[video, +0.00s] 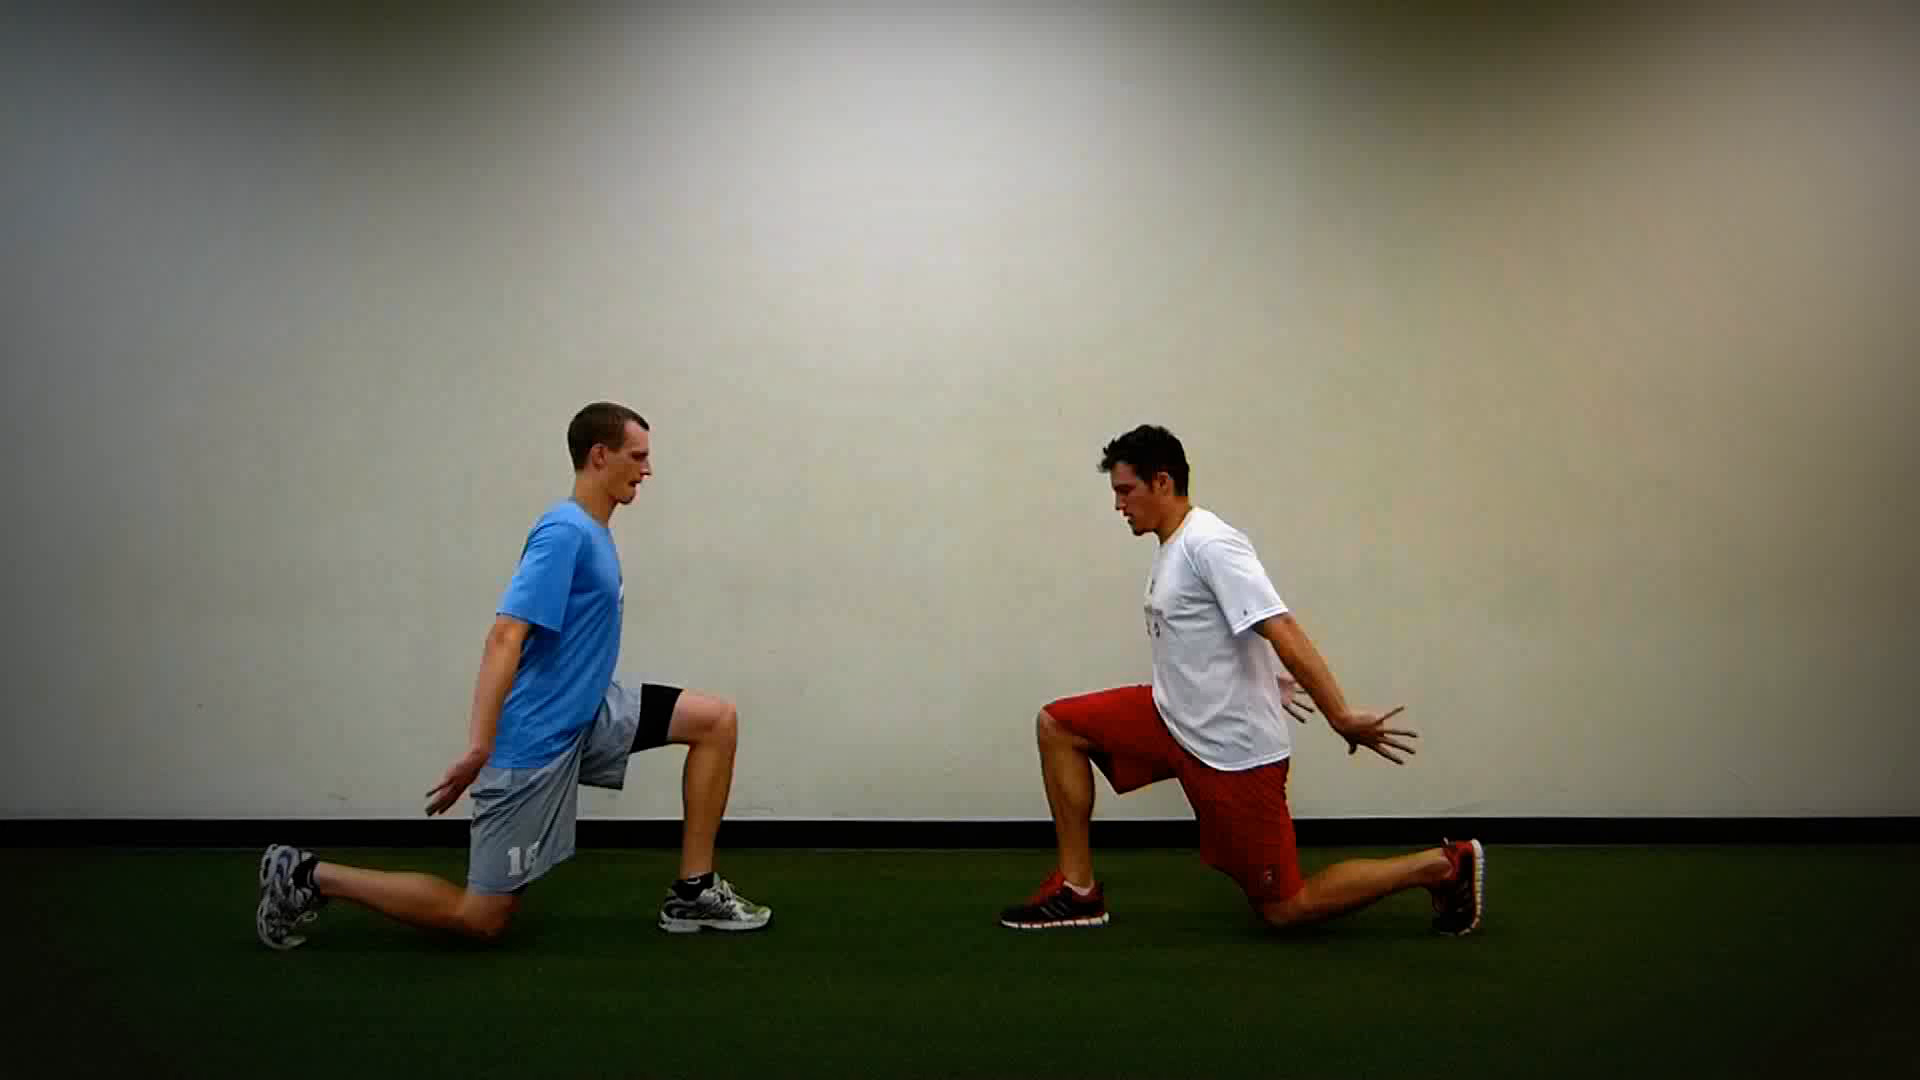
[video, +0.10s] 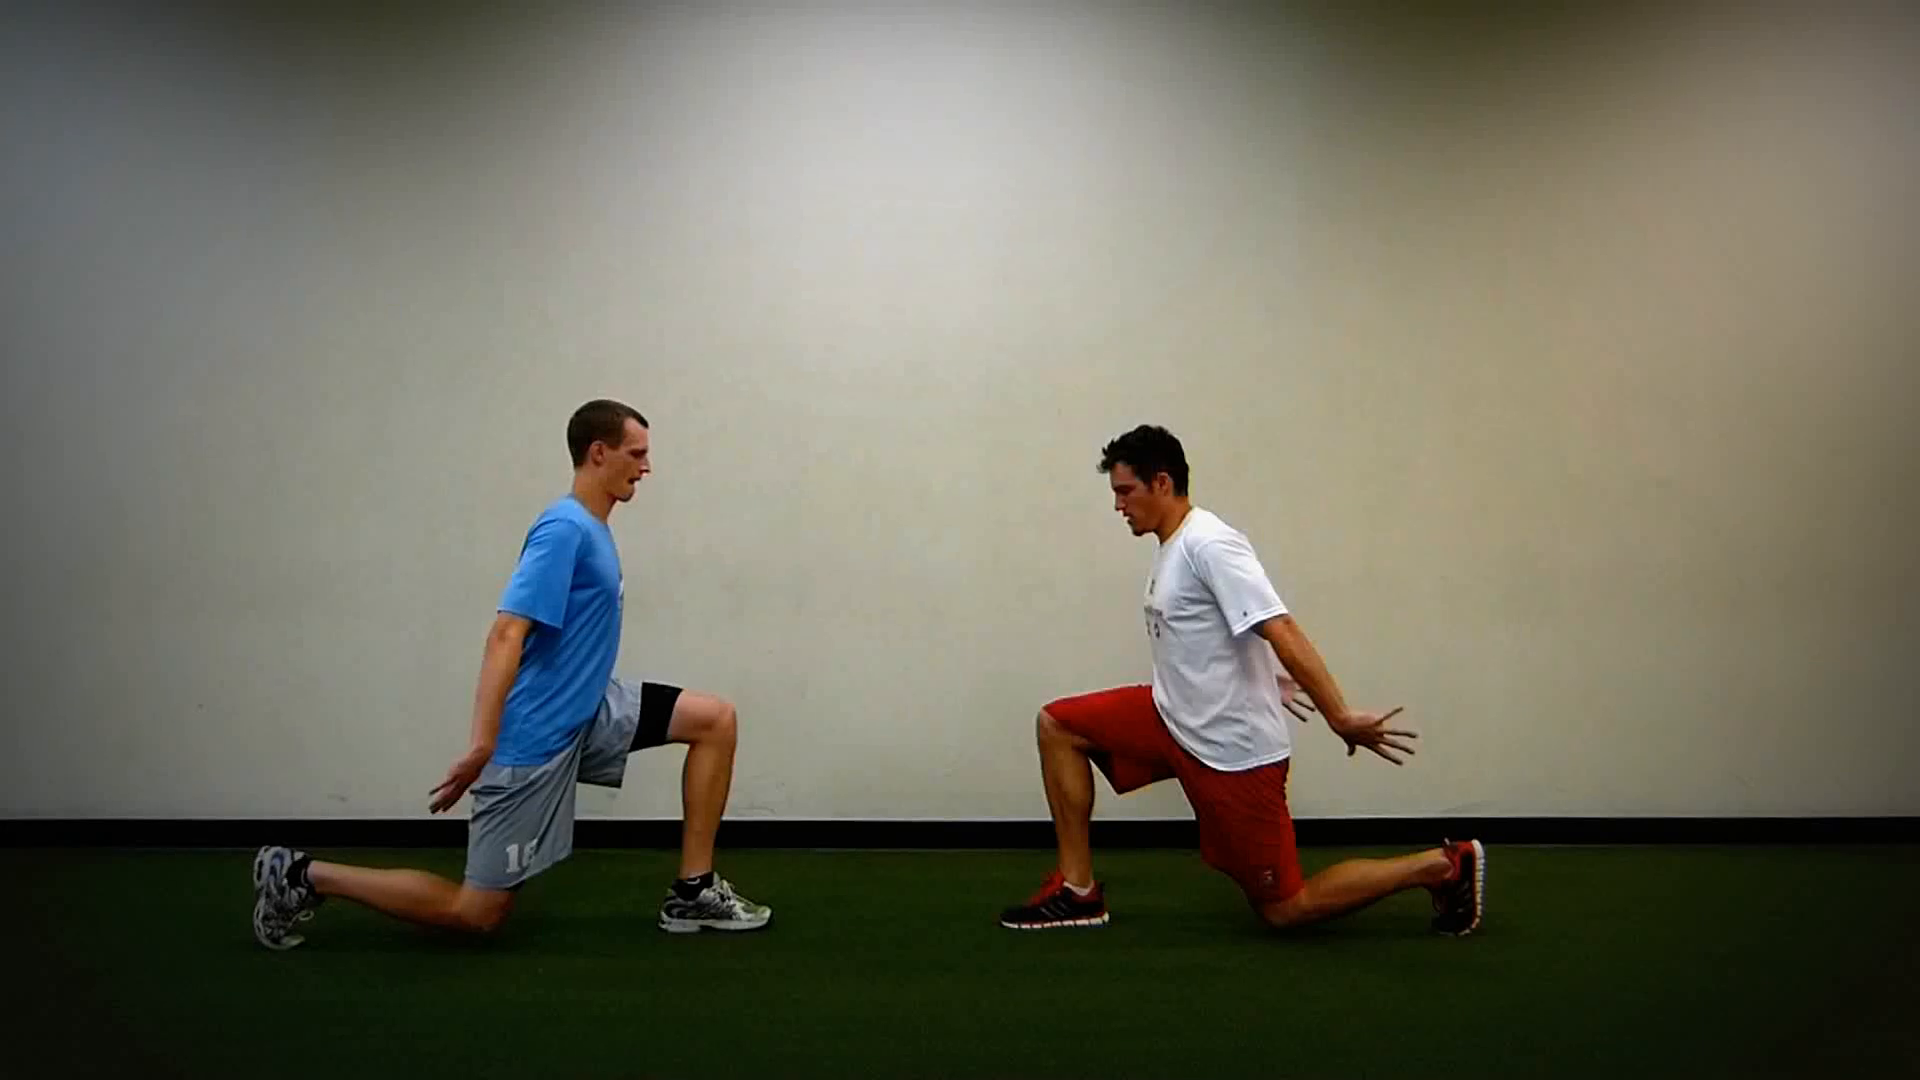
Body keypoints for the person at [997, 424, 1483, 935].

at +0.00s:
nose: (1118, 505)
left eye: (1125, 491)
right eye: (1115, 493)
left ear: (1163, 484)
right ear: (1155, 488)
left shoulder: (1213, 547)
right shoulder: (1175, 547)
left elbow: (1283, 630)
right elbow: (1214, 630)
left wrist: (1341, 716)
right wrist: (1262, 675)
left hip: (1237, 745)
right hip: (1178, 713)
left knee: (1284, 907)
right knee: (1060, 727)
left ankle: (1445, 865)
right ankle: (1076, 887)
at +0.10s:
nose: (1118, 504)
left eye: (1124, 491)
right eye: (1115, 492)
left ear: (1163, 483)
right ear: (1155, 487)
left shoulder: (1212, 547)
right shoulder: (1176, 547)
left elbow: (1283, 631)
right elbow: (1217, 630)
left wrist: (1340, 716)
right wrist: (1264, 676)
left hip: (1236, 747)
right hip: (1178, 713)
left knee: (1284, 907)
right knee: (1059, 727)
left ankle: (1445, 866)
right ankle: (1077, 888)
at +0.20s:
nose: (1117, 505)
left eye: (1124, 491)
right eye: (1114, 493)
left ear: (1162, 484)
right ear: (1155, 488)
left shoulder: (1212, 547)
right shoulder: (1176, 547)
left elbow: (1283, 632)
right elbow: (1220, 629)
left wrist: (1342, 717)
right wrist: (1267, 676)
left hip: (1236, 746)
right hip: (1177, 713)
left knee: (1284, 907)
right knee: (1059, 726)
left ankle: (1445, 866)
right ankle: (1077, 888)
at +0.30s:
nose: (1116, 506)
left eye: (1123, 492)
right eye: (1113, 494)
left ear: (1161, 484)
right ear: (1154, 488)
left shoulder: (1212, 548)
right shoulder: (1176, 547)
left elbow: (1283, 632)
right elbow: (1219, 629)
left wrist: (1342, 716)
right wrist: (1267, 676)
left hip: (1235, 747)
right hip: (1177, 713)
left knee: (1284, 908)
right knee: (1059, 726)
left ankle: (1445, 866)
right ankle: (1077, 888)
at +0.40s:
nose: (1115, 507)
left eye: (1122, 494)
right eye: (1112, 495)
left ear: (1160, 486)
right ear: (1153, 489)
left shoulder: (1211, 548)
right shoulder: (1175, 547)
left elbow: (1283, 634)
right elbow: (1217, 629)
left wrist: (1341, 717)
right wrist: (1266, 673)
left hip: (1234, 747)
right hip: (1176, 714)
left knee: (1284, 908)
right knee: (1058, 727)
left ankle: (1444, 866)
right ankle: (1077, 888)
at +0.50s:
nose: (1114, 508)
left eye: (1120, 495)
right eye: (1111, 496)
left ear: (1159, 487)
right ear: (1151, 490)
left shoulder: (1210, 550)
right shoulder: (1173, 549)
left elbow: (1283, 636)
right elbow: (1215, 633)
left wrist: (1340, 718)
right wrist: (1266, 675)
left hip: (1233, 748)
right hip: (1176, 714)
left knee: (1284, 909)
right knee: (1057, 727)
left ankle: (1444, 866)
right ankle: (1077, 888)